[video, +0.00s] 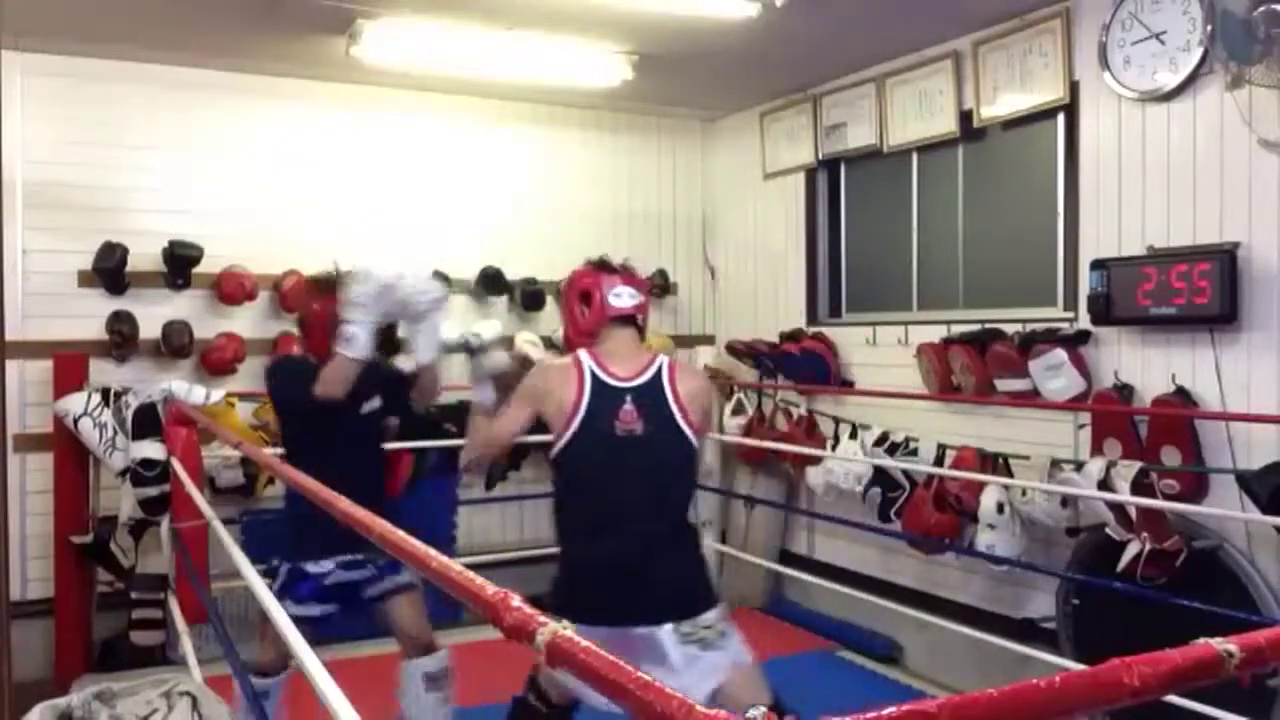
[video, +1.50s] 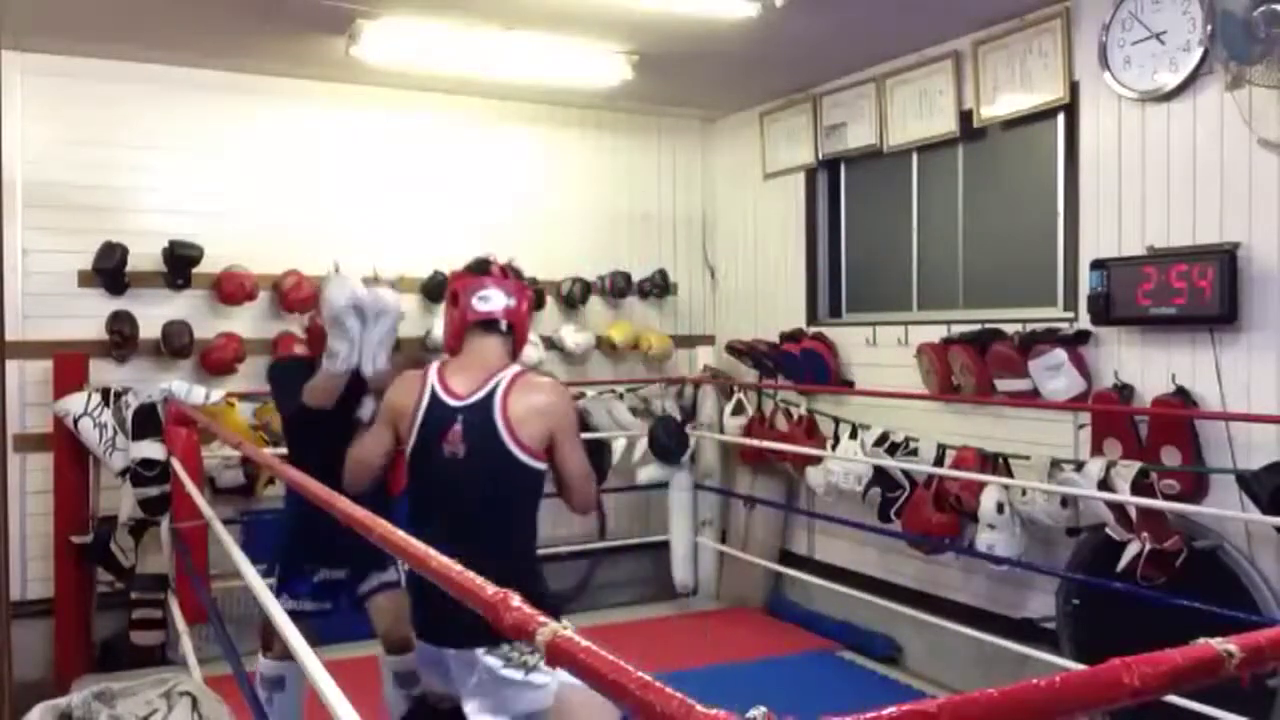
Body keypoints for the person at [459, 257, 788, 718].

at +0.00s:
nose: (565, 323)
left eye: (568, 311)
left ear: (580, 313)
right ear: (643, 315)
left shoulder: (553, 378)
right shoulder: (691, 381)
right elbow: (695, 440)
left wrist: (488, 390)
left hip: (589, 594)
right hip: (678, 591)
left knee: (542, 704)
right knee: (760, 708)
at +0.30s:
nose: (593, 285)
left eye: (598, 273)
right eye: (596, 274)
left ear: (611, 275)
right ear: (678, 279)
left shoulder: (576, 348)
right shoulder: (723, 366)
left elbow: (518, 455)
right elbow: (719, 461)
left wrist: (576, 431)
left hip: (585, 598)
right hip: (679, 599)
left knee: (566, 710)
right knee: (690, 712)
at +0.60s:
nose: (598, 323)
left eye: (602, 309)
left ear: (618, 310)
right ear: (688, 310)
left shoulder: (572, 395)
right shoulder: (738, 411)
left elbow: (534, 518)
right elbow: (735, 535)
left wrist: (590, 479)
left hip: (586, 668)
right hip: (691, 668)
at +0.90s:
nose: (546, 306)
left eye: (546, 293)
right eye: (544, 295)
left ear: (564, 284)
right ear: (629, 273)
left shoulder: (555, 361)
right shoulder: (696, 360)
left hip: (579, 621)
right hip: (676, 615)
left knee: (527, 696)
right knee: (697, 709)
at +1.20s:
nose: (491, 309)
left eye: (494, 296)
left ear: (503, 302)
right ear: (575, 304)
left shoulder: (461, 370)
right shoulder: (611, 381)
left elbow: (372, 416)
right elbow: (626, 486)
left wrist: (405, 381)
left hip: (485, 617)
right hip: (582, 620)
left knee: (477, 709)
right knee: (602, 709)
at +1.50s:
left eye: (449, 313)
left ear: (454, 320)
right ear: (521, 325)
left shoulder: (409, 389)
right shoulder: (544, 396)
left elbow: (355, 477)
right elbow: (583, 499)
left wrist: (395, 420)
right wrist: (556, 437)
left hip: (429, 619)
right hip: (506, 628)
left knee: (445, 706)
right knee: (602, 711)